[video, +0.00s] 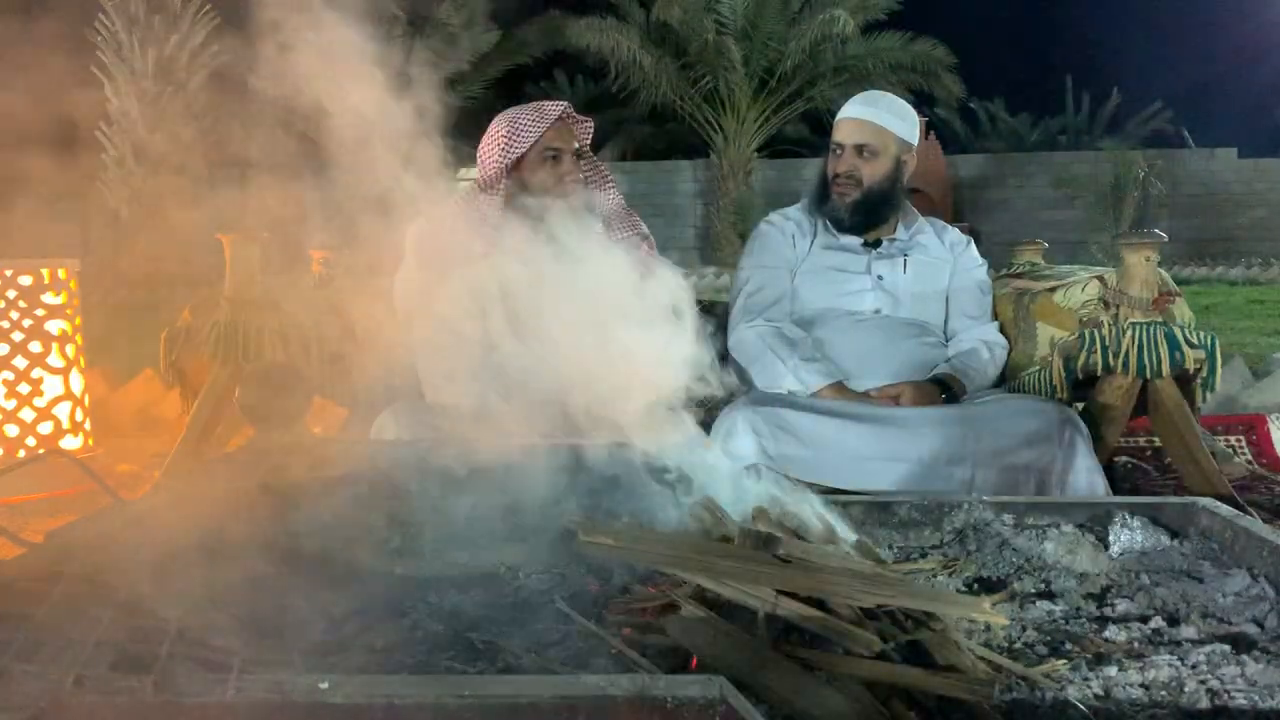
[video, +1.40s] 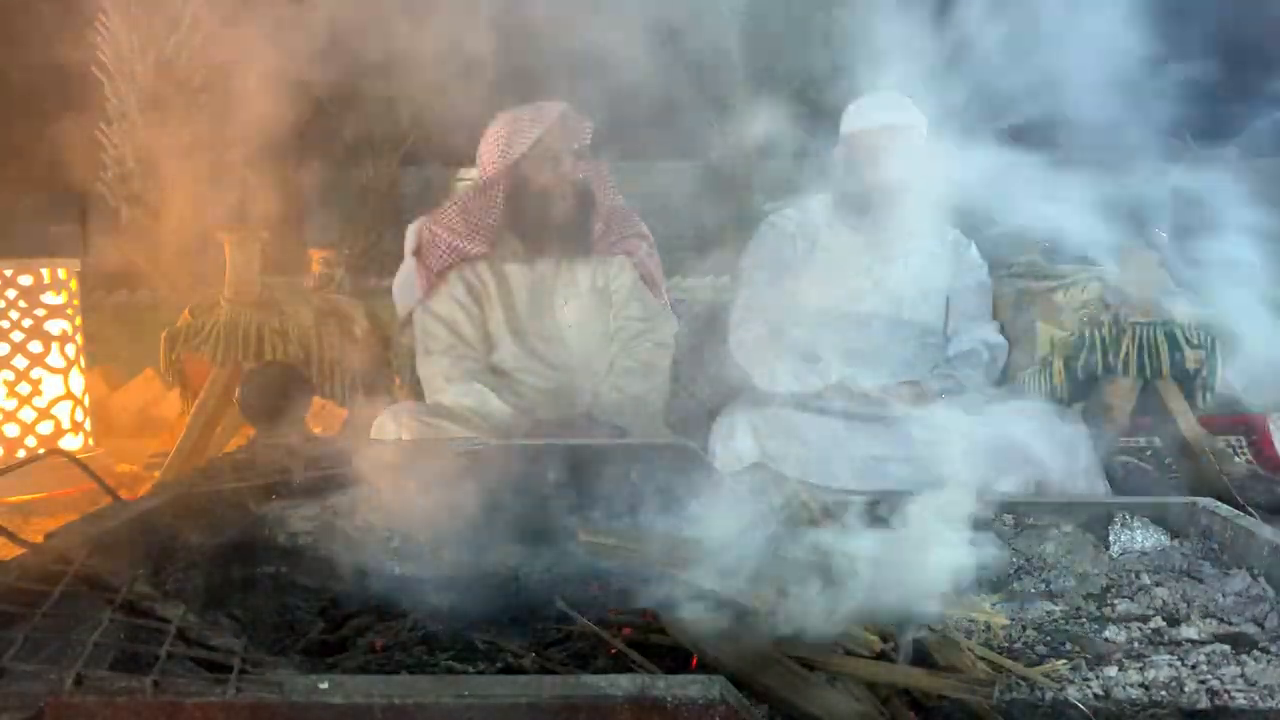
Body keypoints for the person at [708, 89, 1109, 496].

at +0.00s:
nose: (842, 167)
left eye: (864, 154)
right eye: (836, 151)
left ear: (905, 166)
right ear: (826, 155)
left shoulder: (953, 249)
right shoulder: (786, 231)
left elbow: (981, 342)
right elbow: (753, 330)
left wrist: (940, 387)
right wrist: (834, 396)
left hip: (939, 420)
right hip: (823, 416)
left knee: (1058, 429)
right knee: (741, 425)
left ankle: (1086, 590)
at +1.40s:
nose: (881, 176)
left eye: (896, 158)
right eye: (867, 159)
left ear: (918, 164)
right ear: (843, 161)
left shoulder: (952, 252)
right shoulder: (790, 233)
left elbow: (980, 348)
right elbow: (752, 343)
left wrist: (931, 389)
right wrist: (832, 390)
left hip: (919, 418)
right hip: (812, 412)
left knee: (1036, 432)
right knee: (743, 430)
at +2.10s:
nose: (893, 172)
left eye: (907, 157)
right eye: (879, 155)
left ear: (921, 166)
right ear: (845, 156)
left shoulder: (953, 250)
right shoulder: (787, 234)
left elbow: (979, 344)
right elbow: (753, 332)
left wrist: (939, 388)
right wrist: (830, 395)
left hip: (932, 421)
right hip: (823, 419)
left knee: (1049, 425)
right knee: (740, 428)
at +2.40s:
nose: (881, 172)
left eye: (900, 158)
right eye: (869, 153)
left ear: (919, 168)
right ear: (844, 155)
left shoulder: (955, 252)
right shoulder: (787, 233)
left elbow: (980, 344)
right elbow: (753, 330)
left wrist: (939, 387)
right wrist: (828, 392)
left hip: (936, 420)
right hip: (825, 417)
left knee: (1055, 426)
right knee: (740, 427)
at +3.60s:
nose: (891, 184)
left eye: (906, 167)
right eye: (875, 163)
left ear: (921, 171)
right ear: (842, 157)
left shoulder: (954, 252)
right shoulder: (785, 236)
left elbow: (987, 351)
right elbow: (754, 340)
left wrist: (939, 394)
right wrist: (846, 399)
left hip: (937, 422)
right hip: (826, 422)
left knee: (1058, 428)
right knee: (743, 427)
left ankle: (1089, 579)